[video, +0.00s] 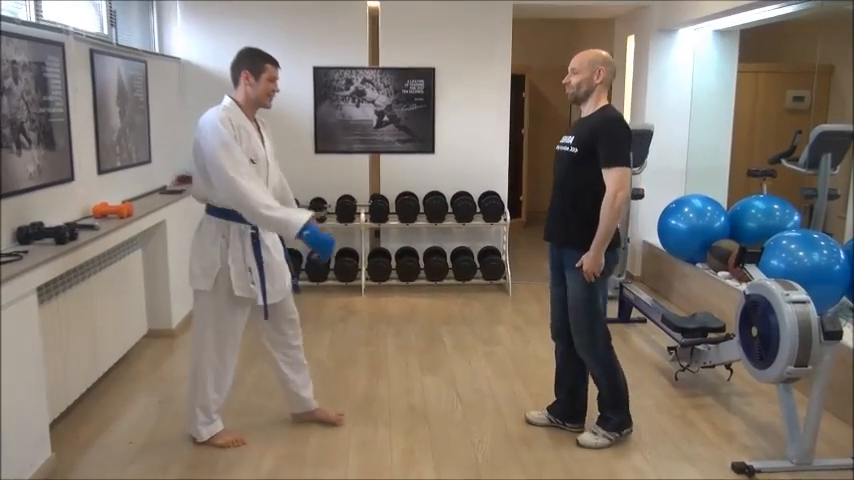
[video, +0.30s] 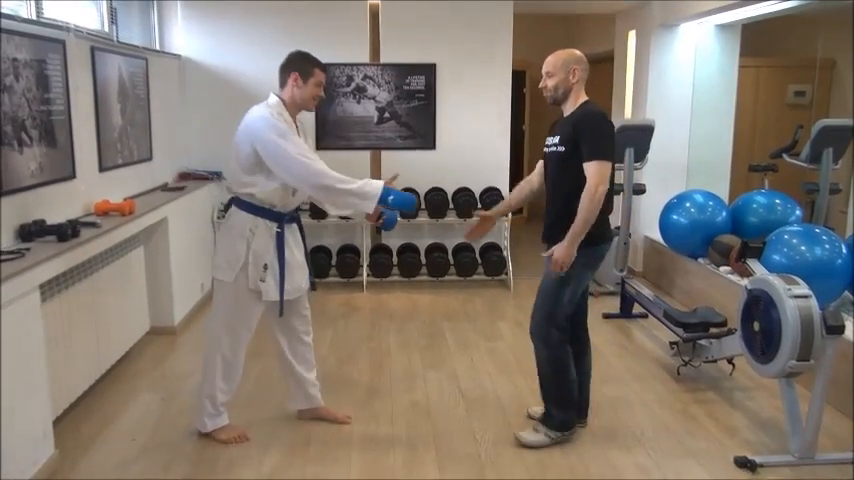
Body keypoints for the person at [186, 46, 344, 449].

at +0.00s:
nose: (277, 88)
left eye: (277, 82)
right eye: (271, 81)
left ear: (252, 82)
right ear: (246, 79)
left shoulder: (257, 126)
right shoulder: (215, 124)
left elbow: (276, 186)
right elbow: (242, 192)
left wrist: (303, 225)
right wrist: (298, 225)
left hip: (263, 236)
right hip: (225, 238)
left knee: (283, 321)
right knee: (218, 333)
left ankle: (303, 405)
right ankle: (205, 425)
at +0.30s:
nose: (322, 95)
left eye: (323, 88)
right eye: (318, 86)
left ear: (297, 83)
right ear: (294, 81)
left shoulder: (290, 124)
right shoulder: (263, 121)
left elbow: (315, 182)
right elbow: (311, 175)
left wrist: (366, 210)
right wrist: (378, 192)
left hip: (283, 231)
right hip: (248, 230)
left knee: (295, 317)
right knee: (232, 326)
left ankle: (309, 402)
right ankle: (211, 418)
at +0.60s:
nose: (352, 94)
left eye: (353, 87)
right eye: (348, 86)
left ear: (326, 85)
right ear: (325, 83)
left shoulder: (316, 125)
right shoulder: (300, 120)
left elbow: (345, 185)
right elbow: (347, 173)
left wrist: (393, 209)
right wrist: (406, 195)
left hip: (292, 228)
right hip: (258, 224)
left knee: (298, 315)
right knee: (240, 321)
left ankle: (308, 398)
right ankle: (215, 412)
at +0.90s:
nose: (361, 79)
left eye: (361, 71)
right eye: (355, 70)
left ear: (335, 74)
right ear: (331, 71)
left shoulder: (335, 113)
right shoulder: (306, 105)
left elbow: (356, 166)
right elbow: (339, 166)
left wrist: (397, 192)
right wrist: (393, 186)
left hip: (302, 215)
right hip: (266, 210)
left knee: (304, 302)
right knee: (243, 305)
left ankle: (308, 387)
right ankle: (219, 398)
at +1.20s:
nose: (360, 64)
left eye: (361, 57)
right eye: (354, 55)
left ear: (335, 58)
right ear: (330, 55)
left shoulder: (338, 101)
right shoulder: (302, 91)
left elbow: (360, 155)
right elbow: (340, 153)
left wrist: (399, 181)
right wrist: (395, 164)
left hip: (305, 201)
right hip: (268, 197)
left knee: (307, 288)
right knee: (246, 292)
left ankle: (311, 374)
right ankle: (222, 383)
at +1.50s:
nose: (350, 49)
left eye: (351, 42)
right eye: (344, 41)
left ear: (331, 46)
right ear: (319, 44)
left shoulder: (335, 91)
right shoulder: (293, 82)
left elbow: (362, 139)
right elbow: (338, 140)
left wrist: (401, 167)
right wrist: (398, 155)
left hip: (303, 192)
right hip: (264, 187)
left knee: (307, 278)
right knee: (244, 281)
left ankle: (314, 364)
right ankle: (223, 372)